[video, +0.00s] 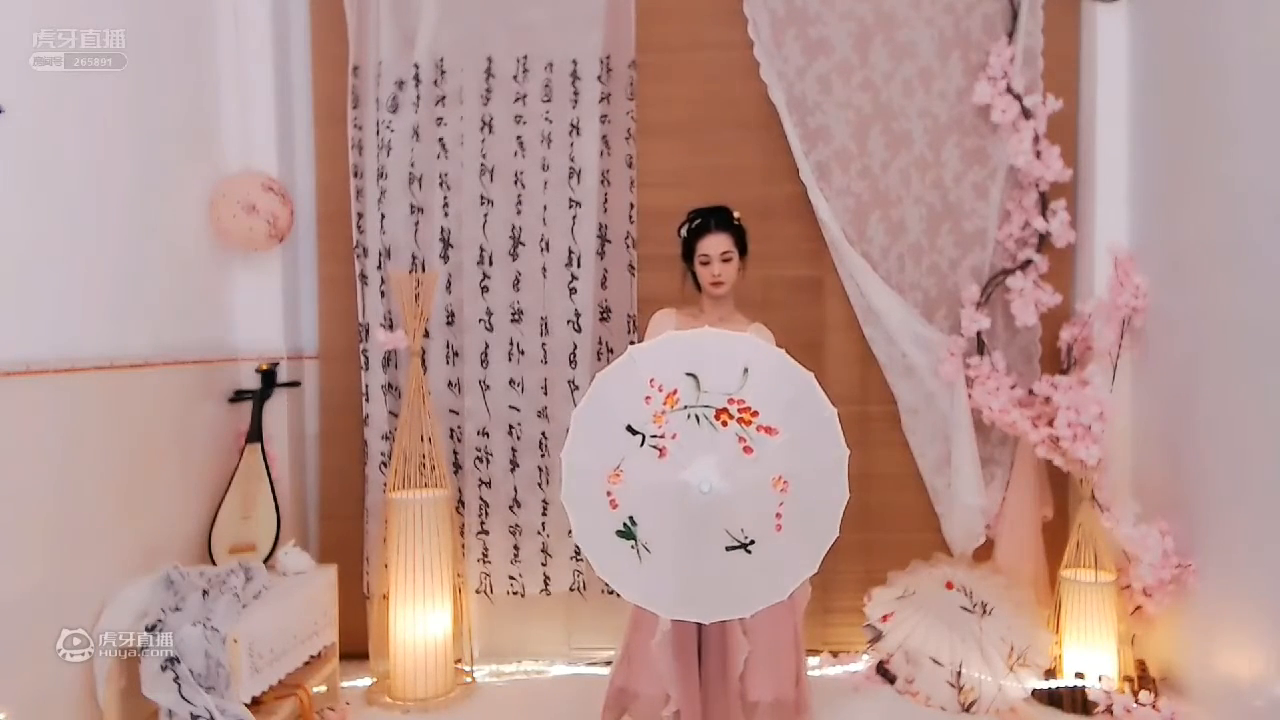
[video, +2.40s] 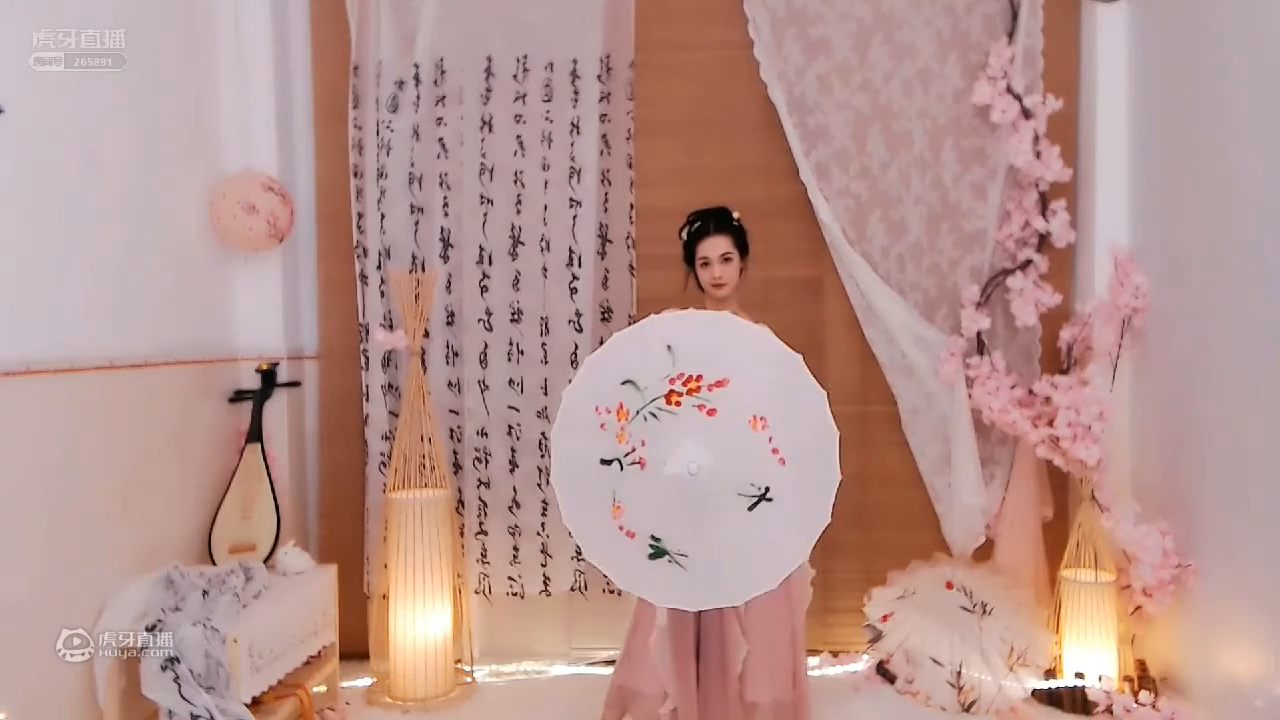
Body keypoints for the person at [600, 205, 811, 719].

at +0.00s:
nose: (716, 270)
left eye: (726, 258)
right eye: (705, 260)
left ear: (741, 262)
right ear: (691, 266)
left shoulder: (759, 335)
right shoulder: (665, 324)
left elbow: (778, 424)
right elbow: (642, 409)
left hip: (740, 489)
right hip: (677, 485)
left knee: (740, 605)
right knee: (676, 604)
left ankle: (738, 709)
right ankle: (677, 709)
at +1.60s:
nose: (719, 271)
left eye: (729, 258)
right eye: (708, 260)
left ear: (745, 263)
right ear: (695, 267)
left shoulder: (764, 340)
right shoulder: (672, 337)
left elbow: (789, 431)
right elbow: (646, 420)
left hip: (752, 493)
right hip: (684, 492)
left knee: (750, 612)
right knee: (683, 613)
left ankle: (749, 710)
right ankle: (679, 711)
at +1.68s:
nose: (718, 271)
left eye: (728, 258)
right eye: (707, 261)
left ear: (745, 263)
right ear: (694, 267)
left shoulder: (764, 343)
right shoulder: (673, 334)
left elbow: (793, 430)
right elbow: (640, 415)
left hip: (752, 495)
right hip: (682, 495)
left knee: (749, 614)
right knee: (682, 614)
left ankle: (748, 711)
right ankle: (679, 712)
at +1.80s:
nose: (718, 271)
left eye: (728, 258)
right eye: (707, 261)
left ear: (744, 263)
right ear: (694, 267)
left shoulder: (766, 343)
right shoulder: (671, 333)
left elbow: (796, 430)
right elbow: (635, 415)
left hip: (752, 499)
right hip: (682, 498)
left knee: (750, 618)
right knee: (681, 620)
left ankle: (747, 712)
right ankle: (677, 713)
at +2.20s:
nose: (716, 272)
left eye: (726, 259)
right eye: (705, 262)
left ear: (742, 263)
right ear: (693, 268)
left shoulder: (761, 339)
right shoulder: (674, 333)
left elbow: (786, 427)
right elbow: (649, 418)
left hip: (747, 490)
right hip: (685, 486)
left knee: (746, 604)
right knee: (681, 604)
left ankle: (745, 710)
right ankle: (678, 711)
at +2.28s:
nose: (716, 271)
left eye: (726, 259)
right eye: (705, 261)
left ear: (742, 263)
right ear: (693, 268)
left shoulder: (760, 337)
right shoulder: (672, 334)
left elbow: (785, 427)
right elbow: (647, 417)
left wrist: (786, 511)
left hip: (746, 492)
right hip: (683, 489)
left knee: (745, 608)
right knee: (680, 608)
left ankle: (744, 710)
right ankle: (677, 711)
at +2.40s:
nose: (716, 272)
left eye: (726, 259)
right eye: (705, 262)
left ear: (742, 264)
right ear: (692, 268)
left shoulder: (759, 338)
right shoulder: (671, 333)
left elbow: (783, 427)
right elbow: (644, 417)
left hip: (744, 490)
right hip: (682, 487)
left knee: (743, 606)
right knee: (679, 605)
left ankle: (743, 710)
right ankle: (676, 710)